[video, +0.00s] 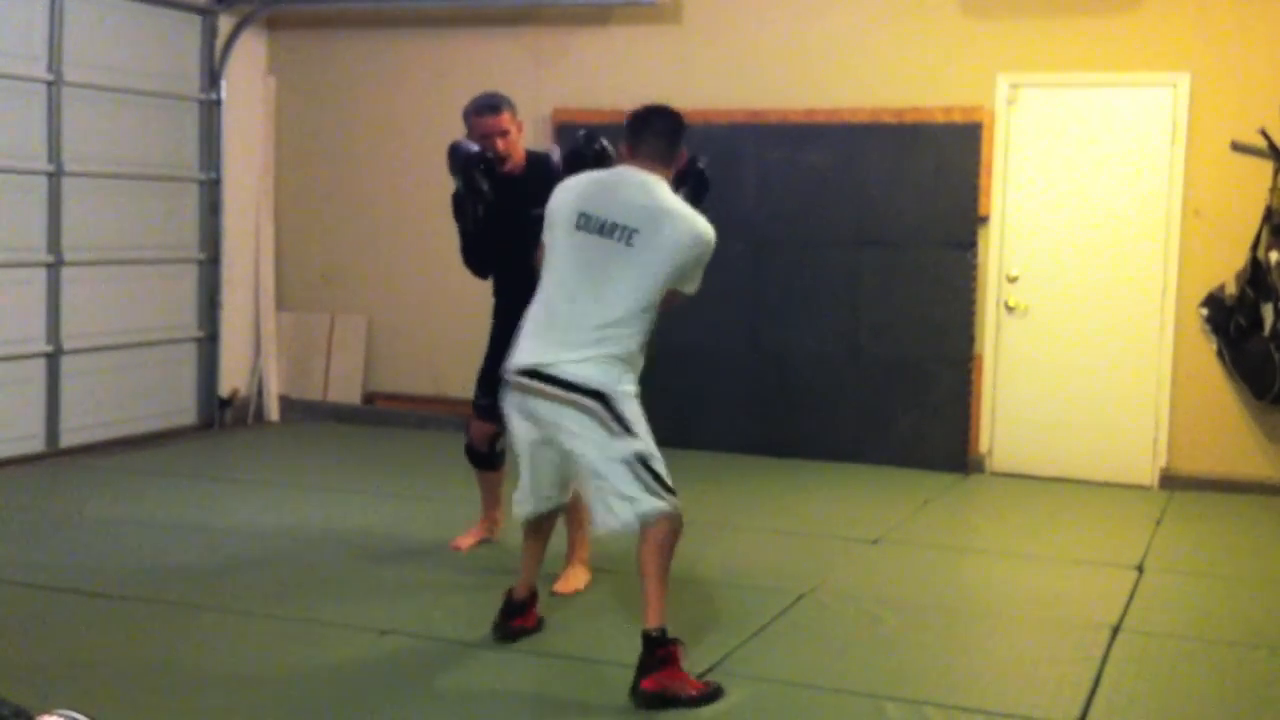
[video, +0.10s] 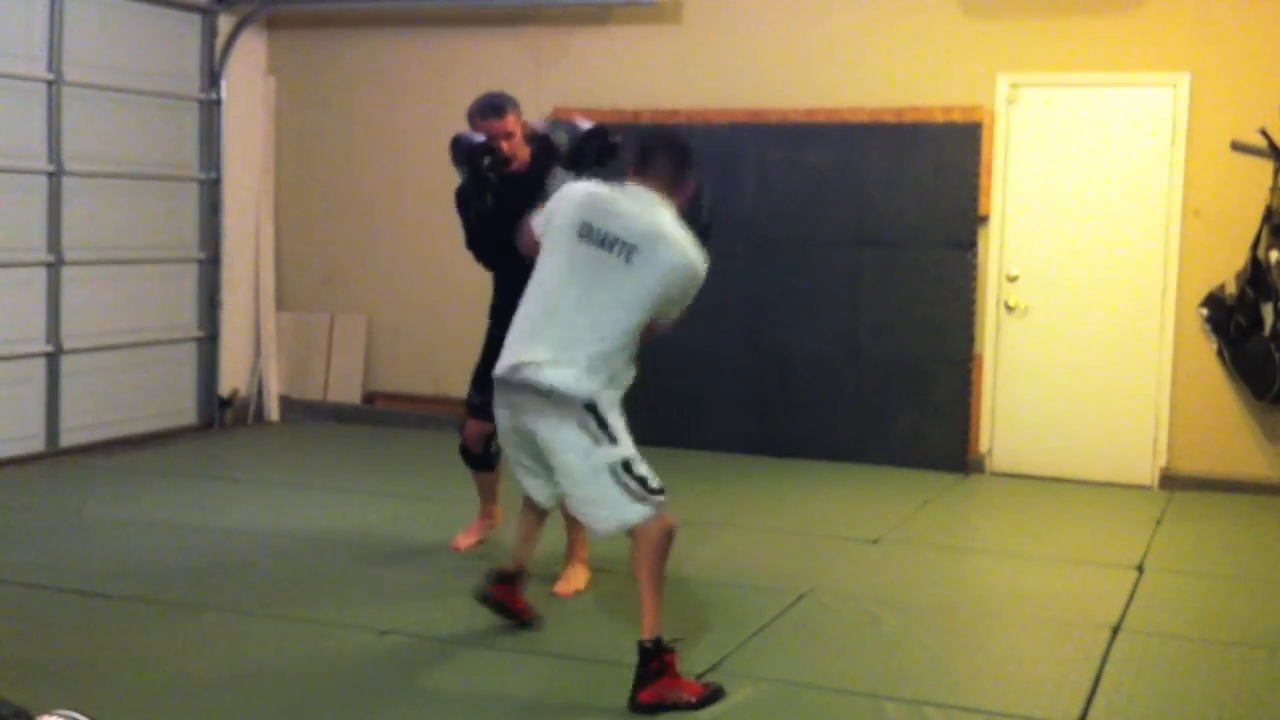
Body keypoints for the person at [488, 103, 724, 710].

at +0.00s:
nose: (663, 165)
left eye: (636, 150)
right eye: (677, 158)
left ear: (621, 148)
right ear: (681, 160)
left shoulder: (568, 190)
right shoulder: (692, 230)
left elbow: (548, 266)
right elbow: (668, 297)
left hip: (526, 372)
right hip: (597, 387)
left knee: (544, 493)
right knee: (661, 513)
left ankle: (519, 604)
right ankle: (657, 660)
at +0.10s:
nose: (682, 192)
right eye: (686, 184)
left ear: (632, 166)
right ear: (684, 186)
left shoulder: (575, 195)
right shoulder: (684, 255)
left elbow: (529, 240)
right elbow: (656, 323)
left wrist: (593, 251)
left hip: (514, 381)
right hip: (577, 394)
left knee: (540, 488)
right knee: (653, 523)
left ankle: (509, 581)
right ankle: (654, 669)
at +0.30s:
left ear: (525, 189)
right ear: (582, 192)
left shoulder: (490, 239)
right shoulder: (605, 247)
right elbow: (636, 331)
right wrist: (627, 374)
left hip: (519, 424)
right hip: (600, 421)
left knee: (493, 497)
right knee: (671, 528)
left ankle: (452, 593)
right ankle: (671, 654)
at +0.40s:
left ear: (454, 216)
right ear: (517, 199)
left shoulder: (445, 270)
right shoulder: (561, 236)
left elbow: (445, 368)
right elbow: (645, 284)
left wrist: (493, 362)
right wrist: (636, 230)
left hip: (519, 419)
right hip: (598, 413)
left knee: (478, 491)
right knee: (651, 516)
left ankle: (448, 594)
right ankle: (685, 626)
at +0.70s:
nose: (434, 194)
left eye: (435, 185)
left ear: (443, 181)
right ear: (492, 168)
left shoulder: (435, 225)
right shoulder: (546, 208)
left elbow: (422, 311)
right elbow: (566, 279)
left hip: (506, 373)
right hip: (579, 361)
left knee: (463, 478)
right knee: (635, 462)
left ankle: (445, 590)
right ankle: (673, 567)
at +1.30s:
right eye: (657, 114)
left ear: (608, 119)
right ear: (665, 119)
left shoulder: (578, 174)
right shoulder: (698, 177)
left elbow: (563, 207)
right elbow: (710, 229)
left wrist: (581, 145)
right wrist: (692, 157)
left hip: (600, 354)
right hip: (673, 358)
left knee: (573, 477)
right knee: (709, 485)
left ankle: (564, 587)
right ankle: (716, 606)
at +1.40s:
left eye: (630, 115)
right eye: (670, 115)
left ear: (621, 118)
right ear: (677, 118)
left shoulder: (590, 173)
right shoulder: (714, 175)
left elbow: (585, 250)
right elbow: (732, 250)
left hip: (615, 347)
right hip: (690, 348)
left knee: (606, 481)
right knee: (751, 470)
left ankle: (591, 609)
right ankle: (760, 589)